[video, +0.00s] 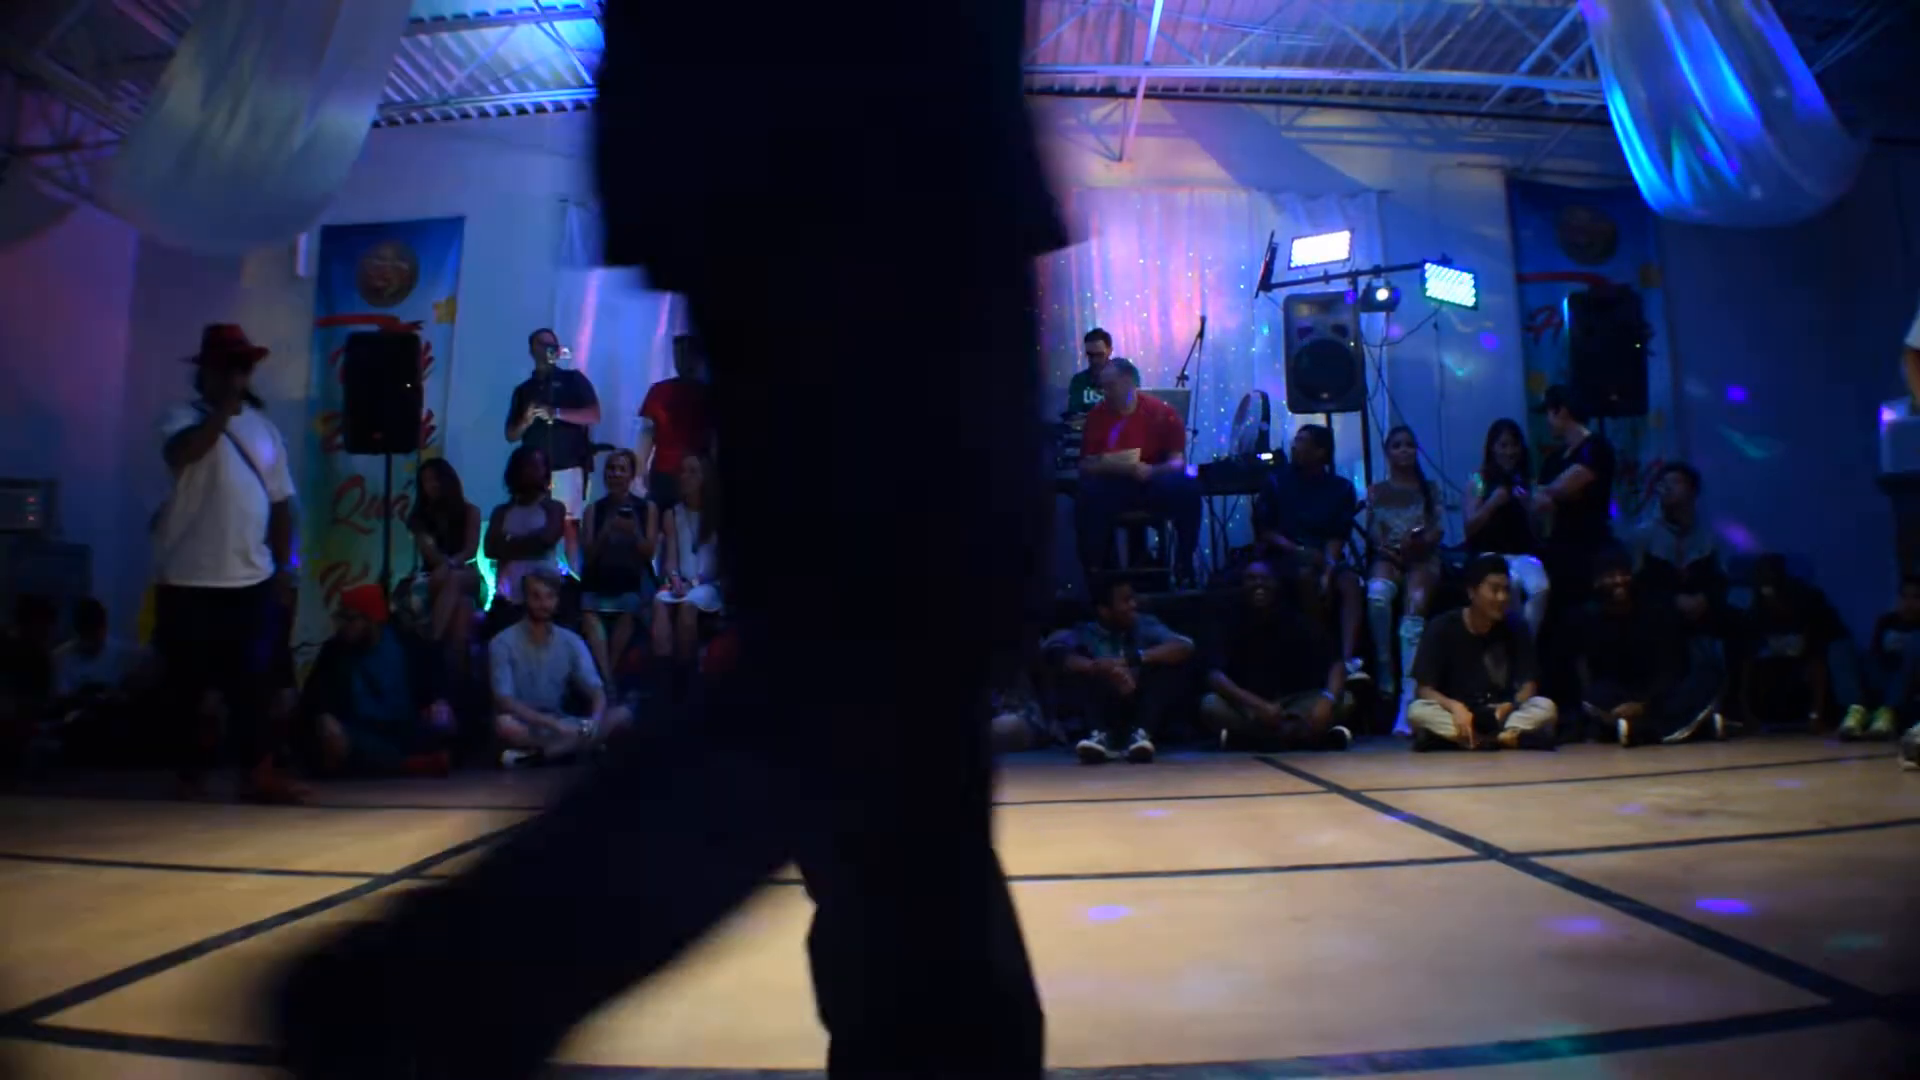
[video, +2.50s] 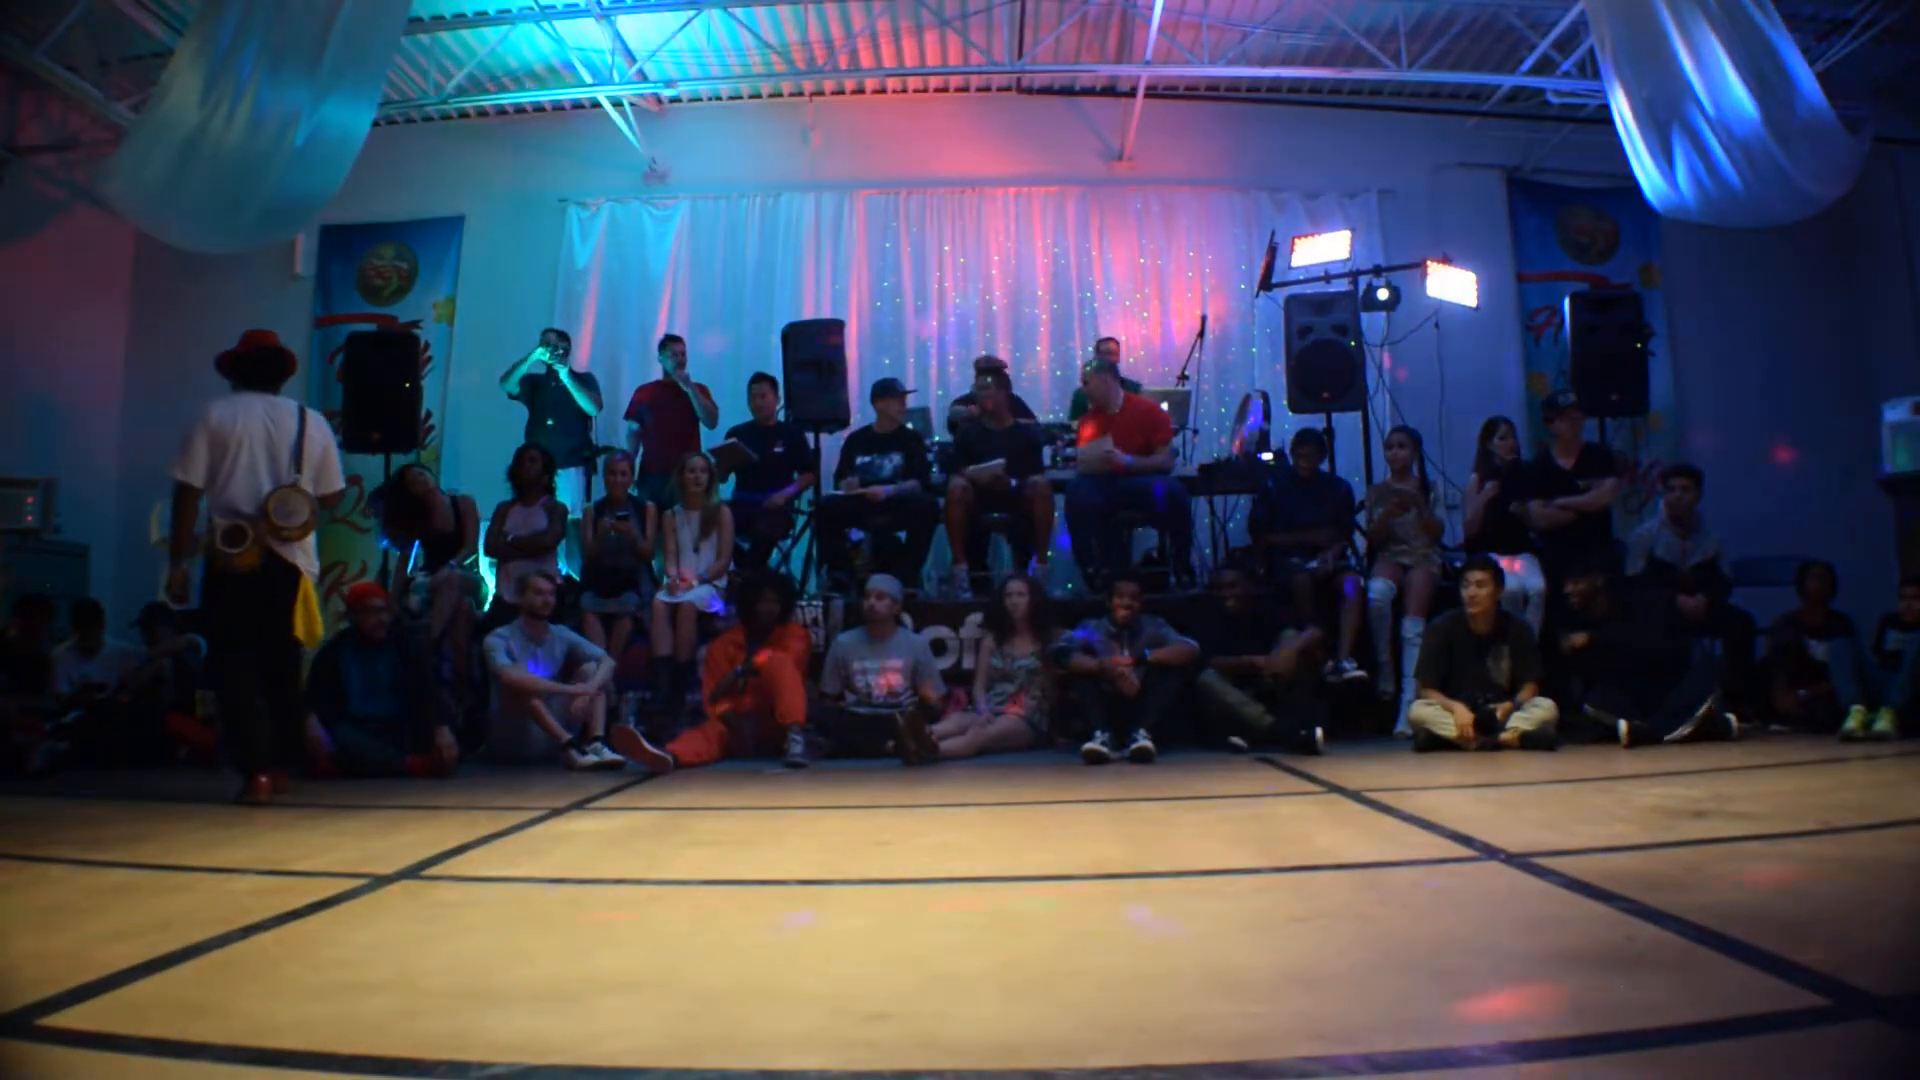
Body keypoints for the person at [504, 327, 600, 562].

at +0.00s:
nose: (549, 351)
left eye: (553, 346)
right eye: (543, 346)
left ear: (559, 351)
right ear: (532, 351)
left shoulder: (575, 380)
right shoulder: (524, 389)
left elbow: (593, 415)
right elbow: (511, 434)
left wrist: (555, 414)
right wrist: (526, 421)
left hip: (569, 465)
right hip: (536, 467)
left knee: (568, 524)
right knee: (535, 523)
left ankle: (573, 578)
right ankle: (538, 579)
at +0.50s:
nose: (547, 350)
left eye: (551, 345)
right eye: (542, 346)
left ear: (557, 349)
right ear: (531, 351)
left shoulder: (573, 379)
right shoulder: (523, 389)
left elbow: (591, 414)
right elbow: (509, 434)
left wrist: (554, 413)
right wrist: (526, 420)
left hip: (567, 464)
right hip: (534, 467)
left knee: (568, 525)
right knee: (534, 526)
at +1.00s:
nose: (549, 350)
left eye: (553, 345)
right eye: (543, 346)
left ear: (559, 349)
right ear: (534, 350)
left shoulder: (575, 380)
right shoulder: (525, 390)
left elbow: (594, 415)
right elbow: (512, 433)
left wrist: (560, 414)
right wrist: (530, 419)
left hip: (570, 463)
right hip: (537, 466)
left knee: (570, 523)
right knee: (536, 524)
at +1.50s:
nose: (551, 350)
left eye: (555, 345)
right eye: (546, 345)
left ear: (562, 349)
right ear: (536, 350)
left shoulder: (577, 379)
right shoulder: (529, 383)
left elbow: (596, 414)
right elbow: (504, 415)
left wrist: (566, 391)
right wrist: (523, 382)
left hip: (570, 464)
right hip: (537, 465)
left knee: (570, 524)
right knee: (535, 524)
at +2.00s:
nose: (553, 351)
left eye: (558, 346)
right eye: (548, 347)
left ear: (567, 349)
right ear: (541, 350)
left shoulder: (581, 380)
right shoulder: (533, 382)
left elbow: (594, 408)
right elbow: (506, 383)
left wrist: (566, 374)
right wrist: (537, 358)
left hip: (572, 459)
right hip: (538, 459)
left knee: (570, 520)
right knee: (535, 518)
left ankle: (571, 575)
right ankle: (536, 578)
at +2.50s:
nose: (555, 353)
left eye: (561, 348)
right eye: (550, 348)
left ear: (569, 351)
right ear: (542, 350)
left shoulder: (583, 380)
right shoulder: (534, 382)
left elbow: (593, 408)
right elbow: (507, 385)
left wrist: (565, 375)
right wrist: (533, 357)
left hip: (572, 461)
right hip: (538, 461)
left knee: (572, 523)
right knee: (535, 520)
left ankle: (573, 577)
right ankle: (537, 578)